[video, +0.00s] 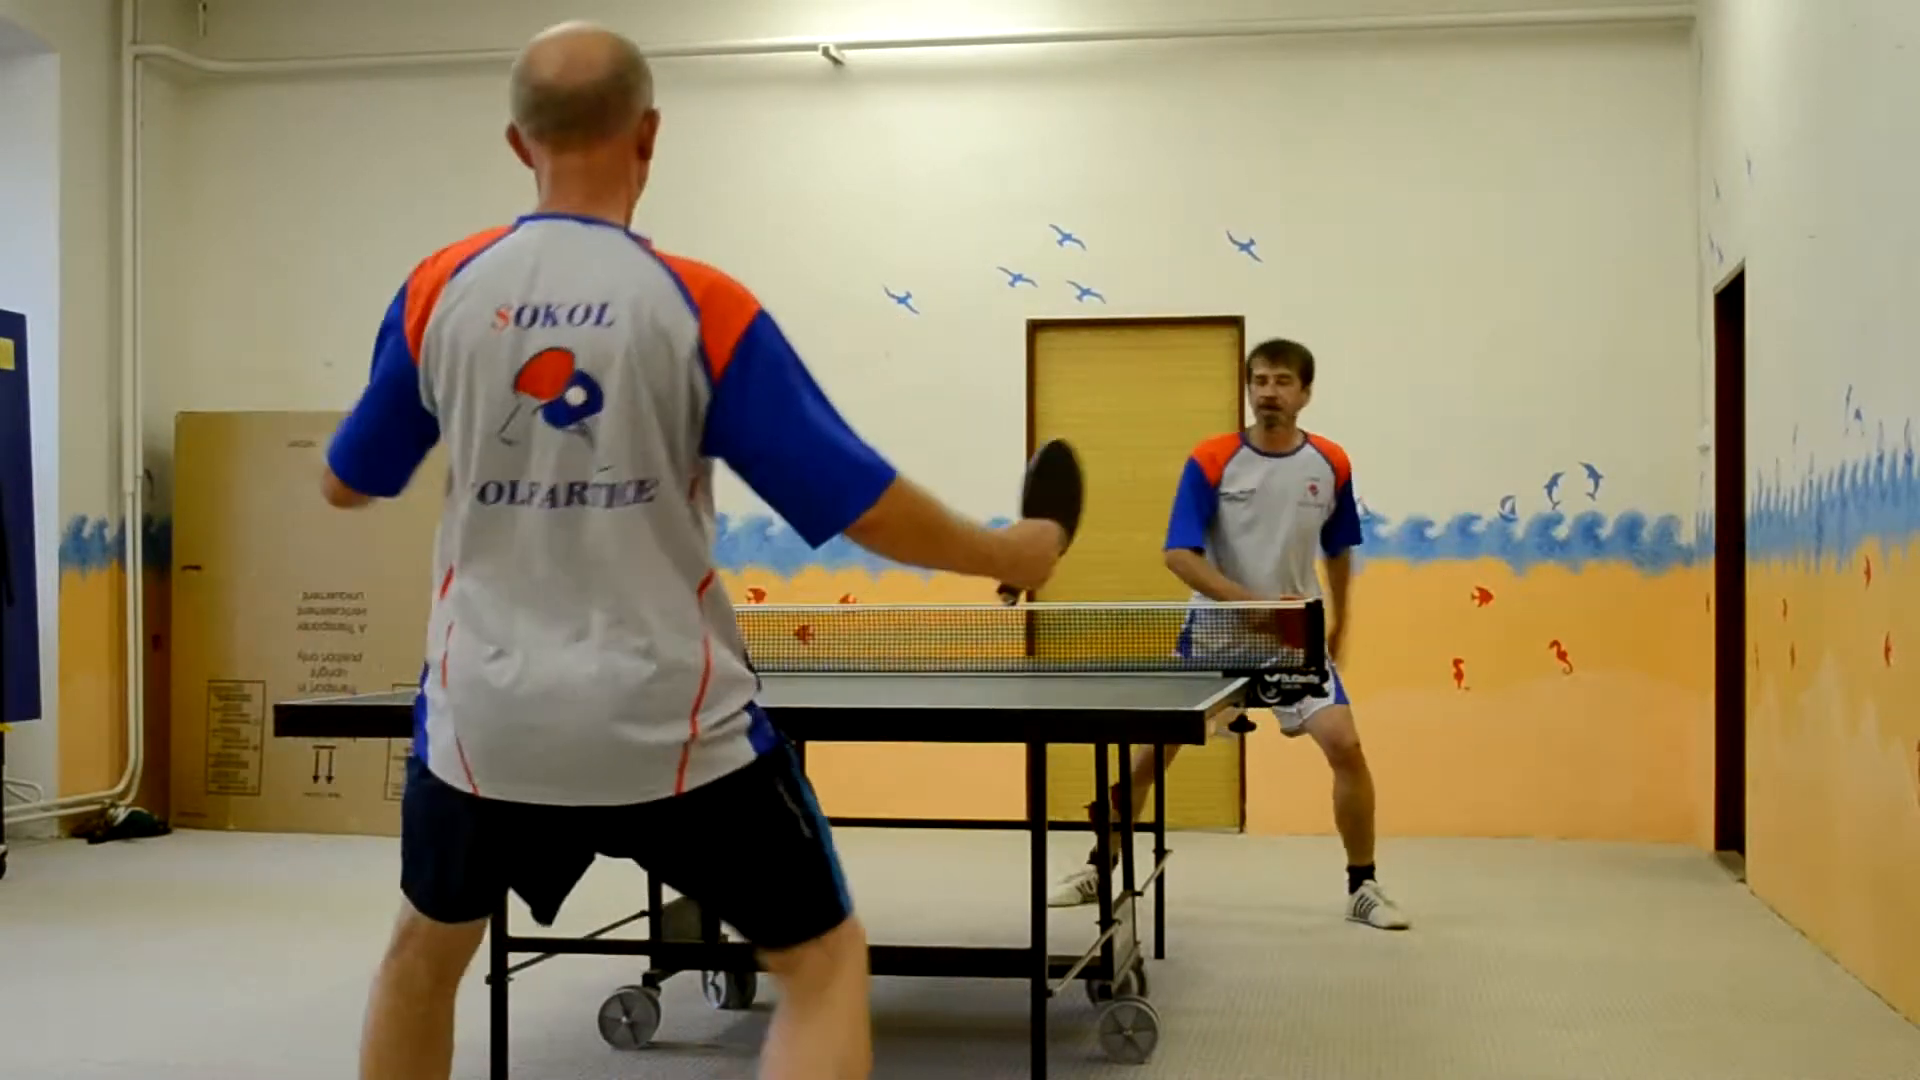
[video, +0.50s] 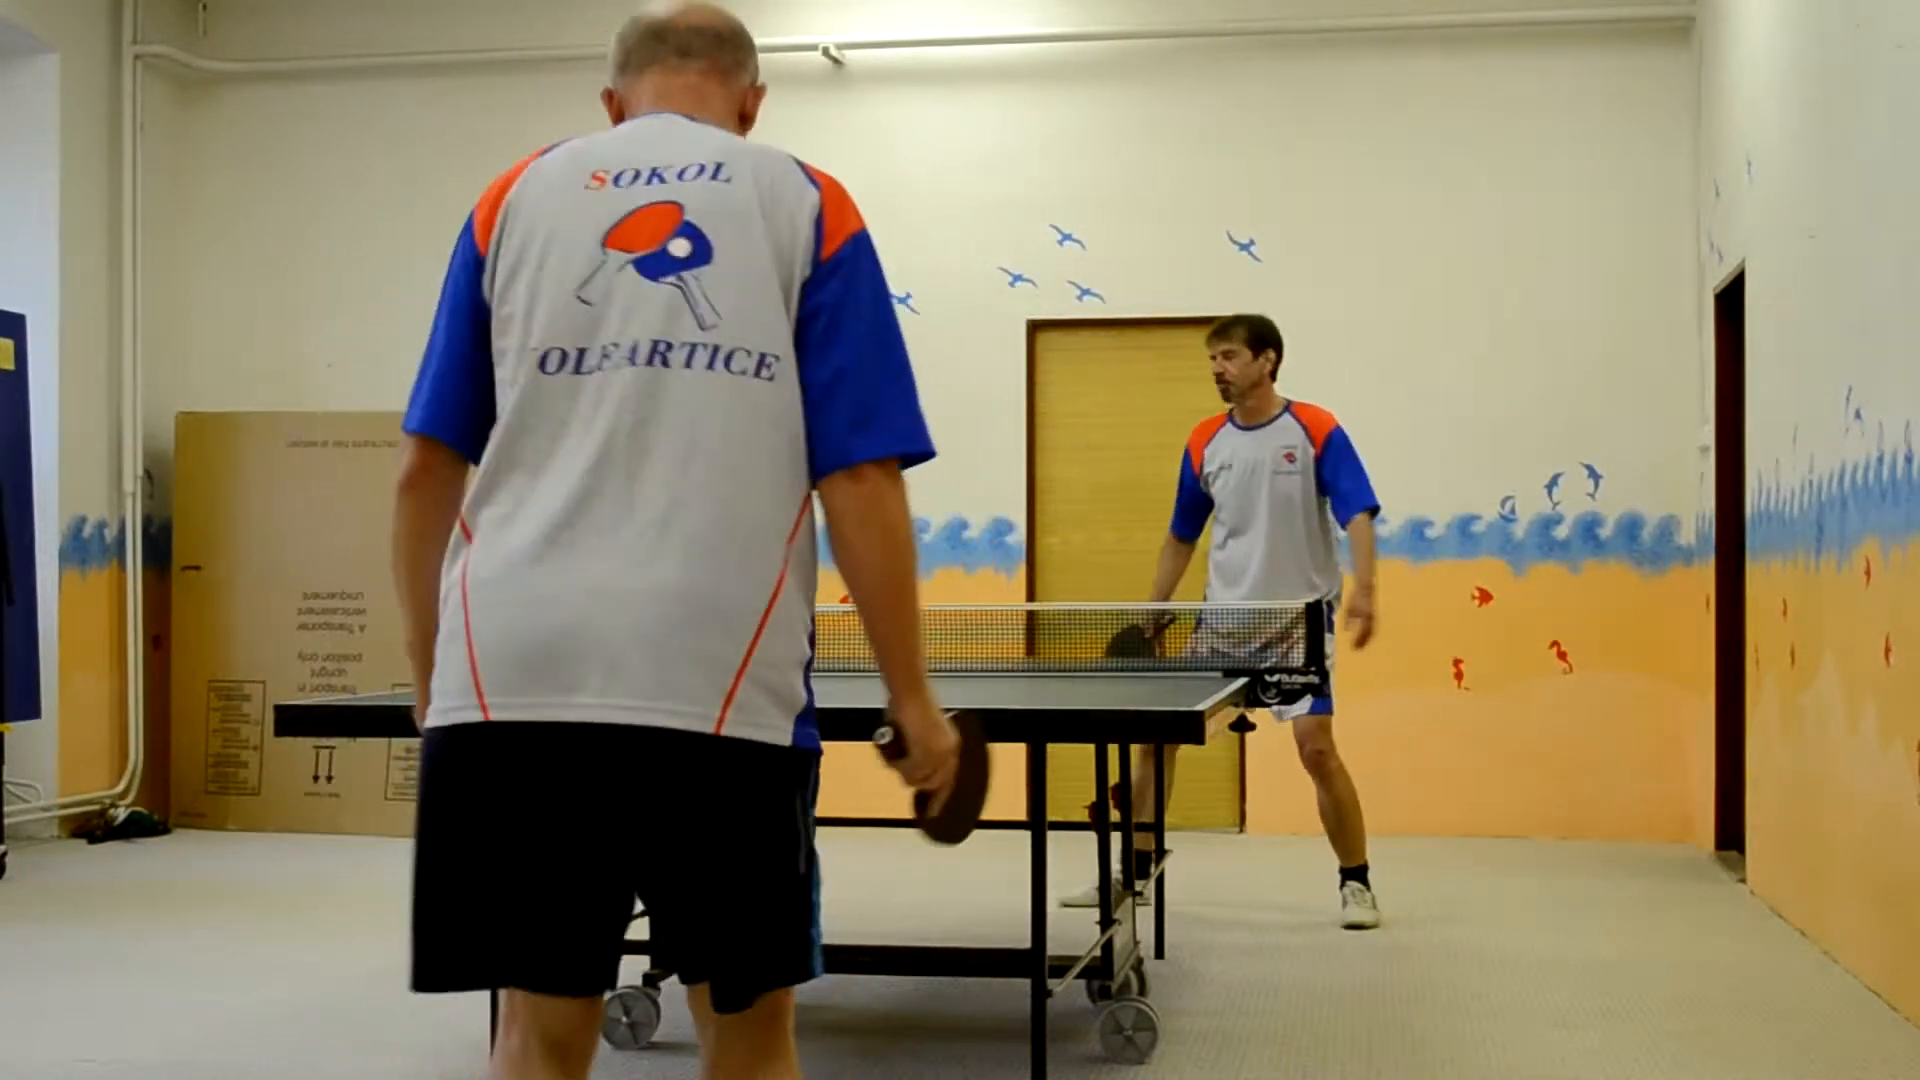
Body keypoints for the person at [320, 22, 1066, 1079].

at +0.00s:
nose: (649, 145)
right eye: (652, 128)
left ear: (519, 143)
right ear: (647, 138)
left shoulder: (439, 291)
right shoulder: (704, 309)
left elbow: (348, 483)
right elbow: (856, 498)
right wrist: (1007, 552)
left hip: (483, 728)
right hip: (674, 726)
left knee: (423, 956)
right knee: (820, 965)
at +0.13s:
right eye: (685, 114)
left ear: (560, 131)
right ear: (694, 123)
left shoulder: (476, 277)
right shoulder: (760, 288)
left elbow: (328, 471)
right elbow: (909, 491)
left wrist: (337, 381)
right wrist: (1046, 572)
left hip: (511, 722)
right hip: (706, 725)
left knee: (438, 986)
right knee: (762, 1027)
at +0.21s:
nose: (710, 130)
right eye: (724, 116)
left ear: (593, 125)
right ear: (729, 122)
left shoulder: (503, 257)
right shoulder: (795, 271)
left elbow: (360, 468)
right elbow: (929, 493)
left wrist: (328, 416)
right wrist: (1052, 615)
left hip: (524, 719)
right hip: (727, 726)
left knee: (452, 981)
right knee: (768, 1039)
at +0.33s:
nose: (739, 121)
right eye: (752, 107)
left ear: (611, 102)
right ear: (750, 105)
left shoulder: (520, 215)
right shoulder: (822, 231)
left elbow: (409, 444)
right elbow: (915, 483)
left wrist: (376, 547)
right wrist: (996, 664)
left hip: (531, 696)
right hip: (739, 713)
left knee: (496, 971)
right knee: (760, 1027)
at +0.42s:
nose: (739, 114)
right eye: (752, 98)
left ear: (612, 94)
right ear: (752, 91)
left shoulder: (517, 197)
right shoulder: (822, 208)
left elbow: (414, 457)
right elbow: (888, 477)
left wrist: (406, 609)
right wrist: (952, 687)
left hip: (524, 687)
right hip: (731, 704)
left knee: (525, 986)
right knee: (750, 1021)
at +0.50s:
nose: (741, 123)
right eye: (752, 110)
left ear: (610, 101)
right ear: (751, 100)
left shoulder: (508, 201)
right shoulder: (808, 201)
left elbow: (427, 473)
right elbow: (859, 473)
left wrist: (435, 680)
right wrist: (912, 698)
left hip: (509, 688)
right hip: (722, 696)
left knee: (538, 1030)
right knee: (750, 1030)